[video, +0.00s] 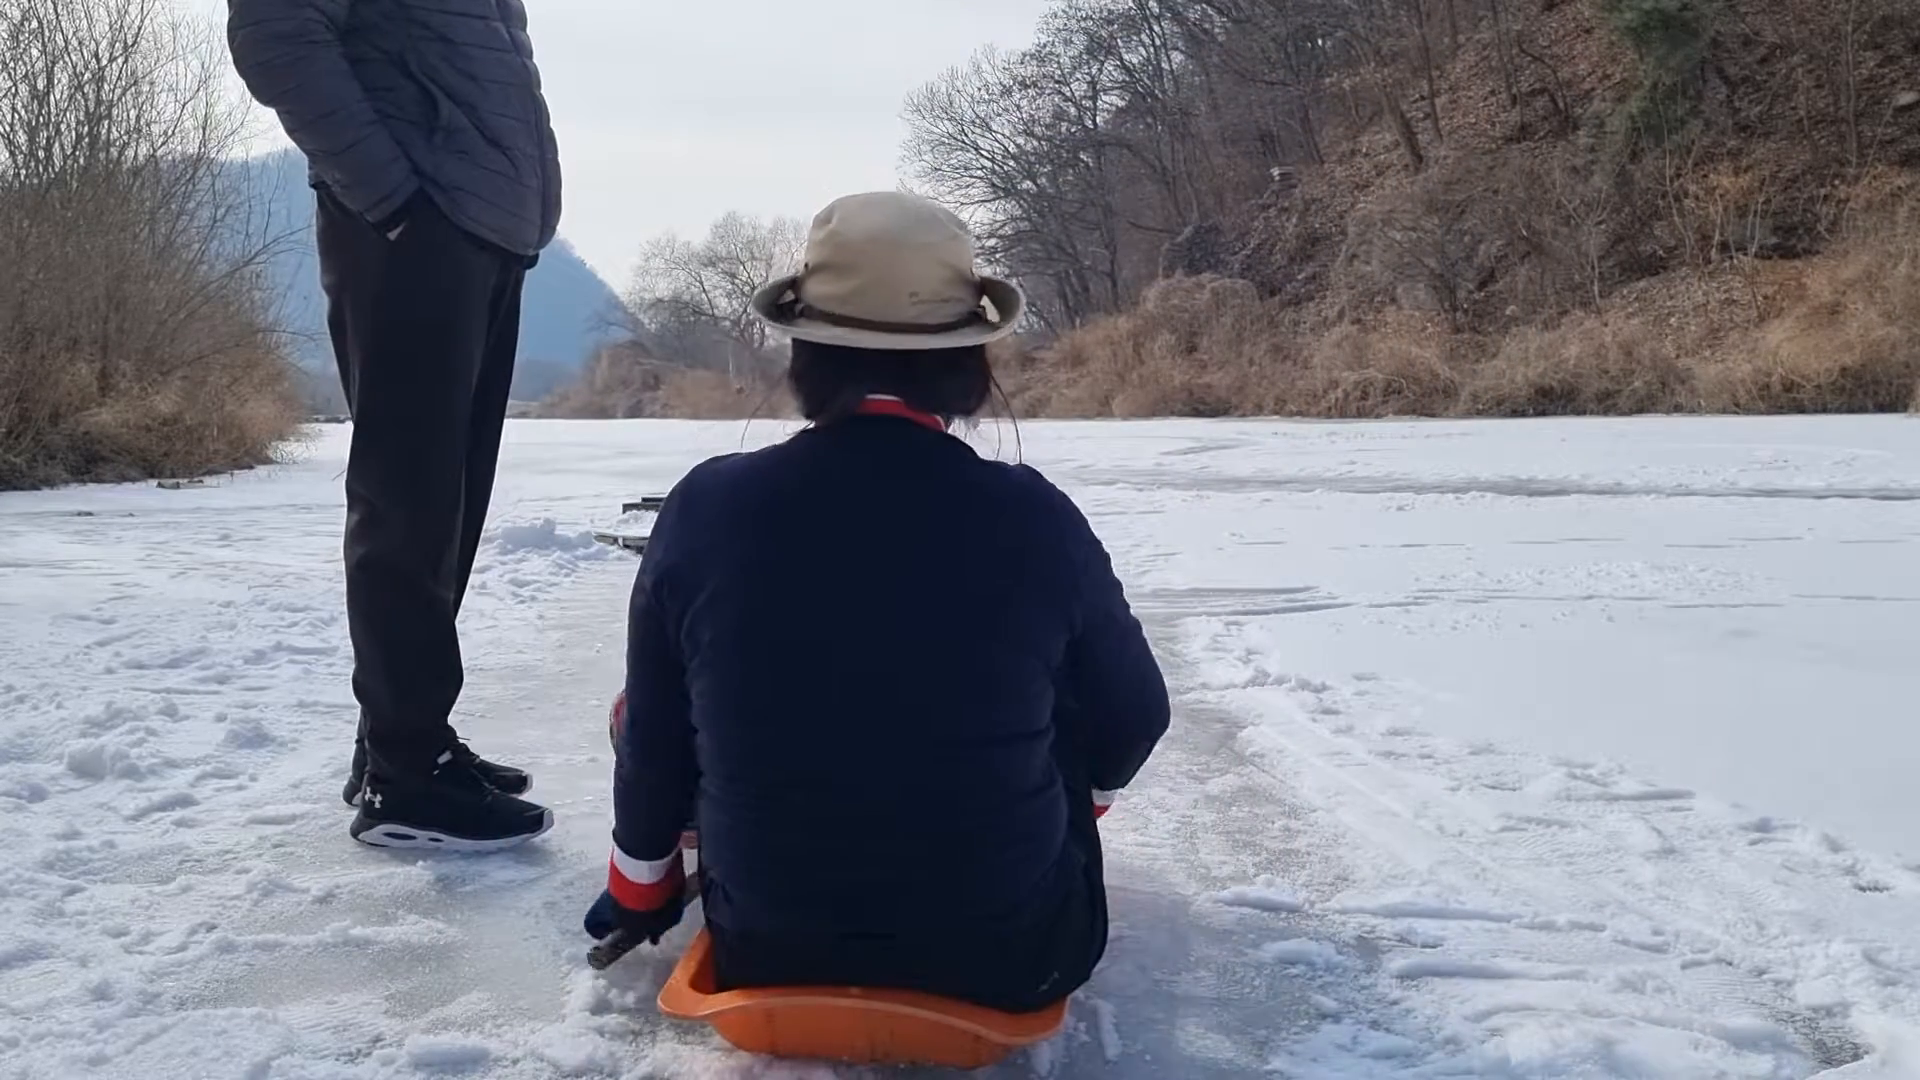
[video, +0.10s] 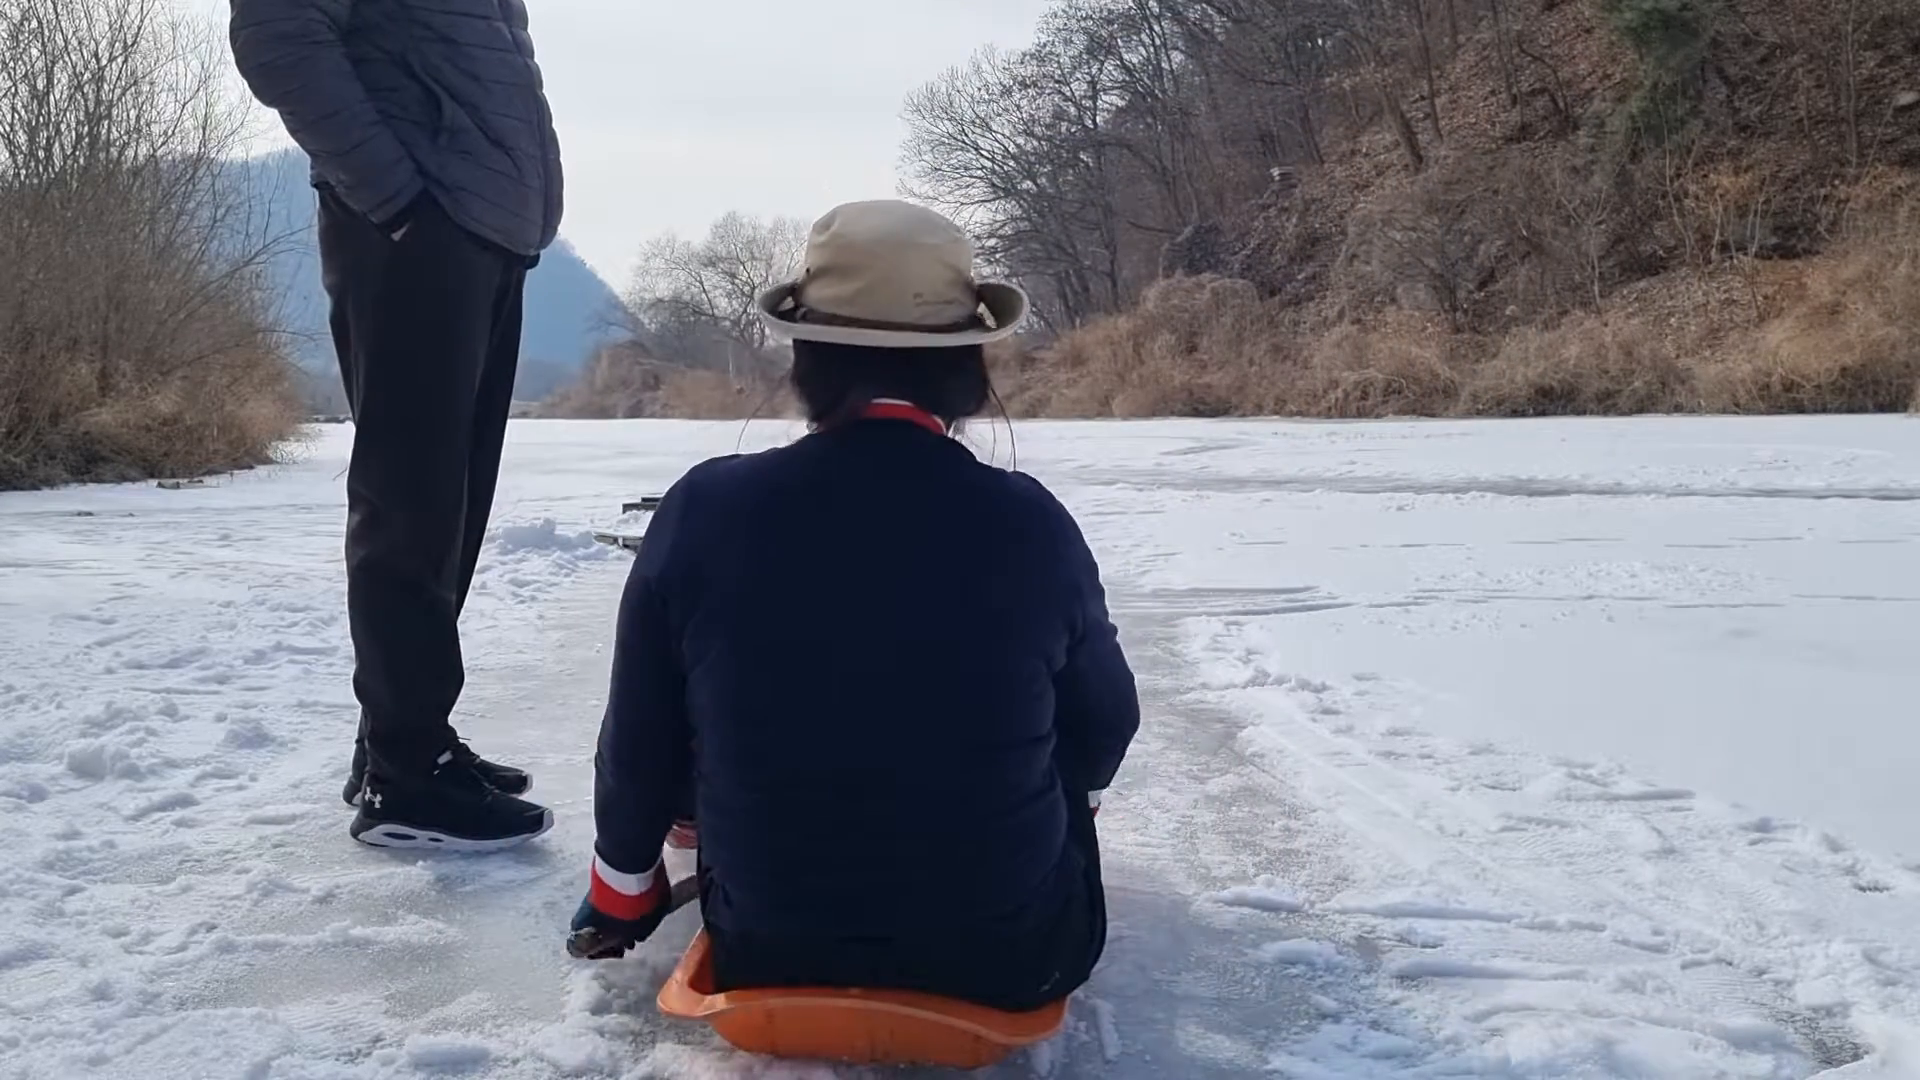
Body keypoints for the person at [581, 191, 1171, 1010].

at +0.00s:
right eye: (985, 343)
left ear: (806, 356)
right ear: (973, 365)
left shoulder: (709, 502)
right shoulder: (1034, 511)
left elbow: (654, 727)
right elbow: (1135, 706)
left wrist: (641, 883)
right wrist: (1053, 792)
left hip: (771, 949)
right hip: (1000, 960)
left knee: (645, 697)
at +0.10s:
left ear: (807, 369)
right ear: (968, 371)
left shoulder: (705, 505)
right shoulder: (1028, 517)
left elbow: (638, 736)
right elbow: (1107, 715)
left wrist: (622, 890)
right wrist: (1029, 801)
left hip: (772, 947)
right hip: (997, 957)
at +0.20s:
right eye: (970, 349)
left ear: (801, 362)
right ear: (961, 367)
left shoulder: (702, 511)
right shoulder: (1027, 516)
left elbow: (624, 753)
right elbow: (1128, 721)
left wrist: (592, 920)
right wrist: (1024, 789)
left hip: (774, 956)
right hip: (998, 964)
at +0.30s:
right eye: (964, 347)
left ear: (793, 362)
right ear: (953, 367)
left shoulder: (692, 515)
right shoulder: (1020, 513)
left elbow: (623, 761)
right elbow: (1139, 716)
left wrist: (574, 942)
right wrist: (1056, 804)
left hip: (770, 946)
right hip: (998, 961)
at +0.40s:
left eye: (770, 352)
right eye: (955, 348)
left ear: (781, 370)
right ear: (944, 369)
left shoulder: (686, 517)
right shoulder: (1014, 515)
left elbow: (622, 758)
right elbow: (1134, 721)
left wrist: (566, 935)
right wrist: (1087, 841)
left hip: (768, 950)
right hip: (996, 959)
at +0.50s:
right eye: (947, 355)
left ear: (774, 373)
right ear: (936, 371)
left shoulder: (684, 520)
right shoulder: (1013, 515)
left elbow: (625, 760)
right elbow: (1133, 703)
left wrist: (550, 924)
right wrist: (1089, 827)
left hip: (767, 949)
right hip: (993, 957)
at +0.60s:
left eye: (758, 359)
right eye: (943, 352)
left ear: (771, 373)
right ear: (932, 369)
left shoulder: (688, 519)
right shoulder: (1012, 513)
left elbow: (626, 763)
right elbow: (1132, 691)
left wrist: (541, 903)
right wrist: (1086, 807)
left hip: (769, 951)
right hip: (994, 960)